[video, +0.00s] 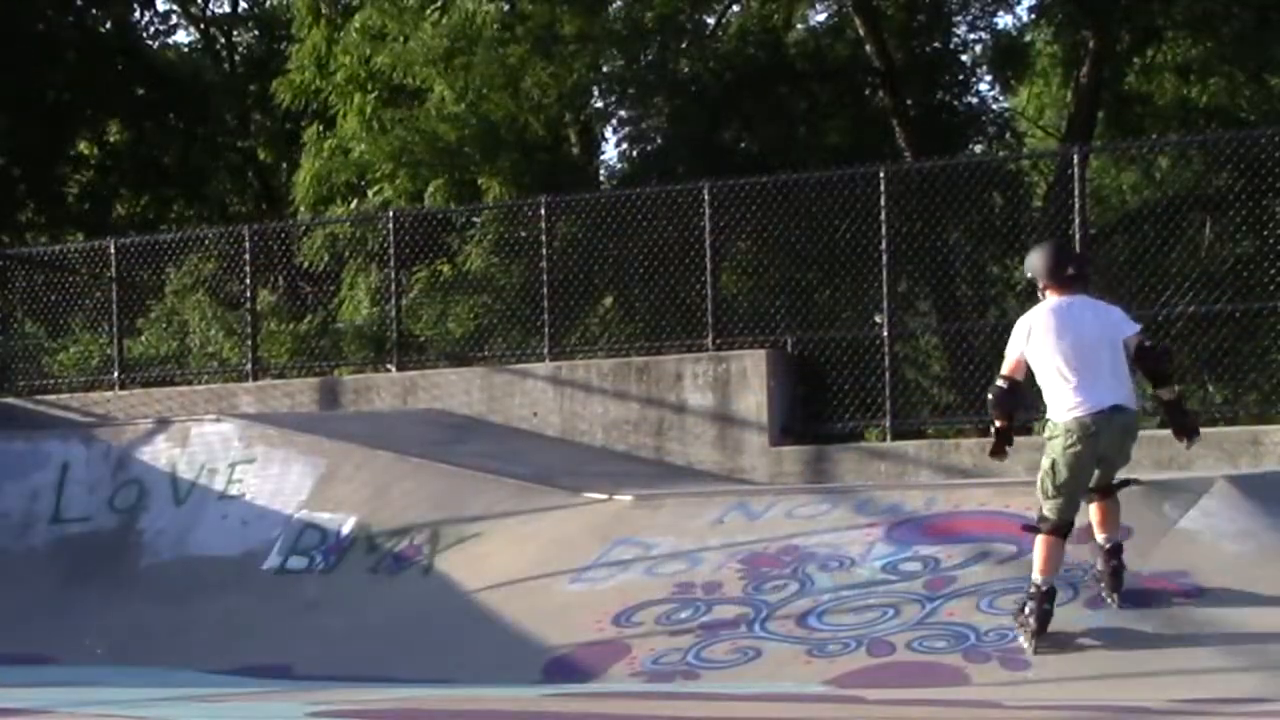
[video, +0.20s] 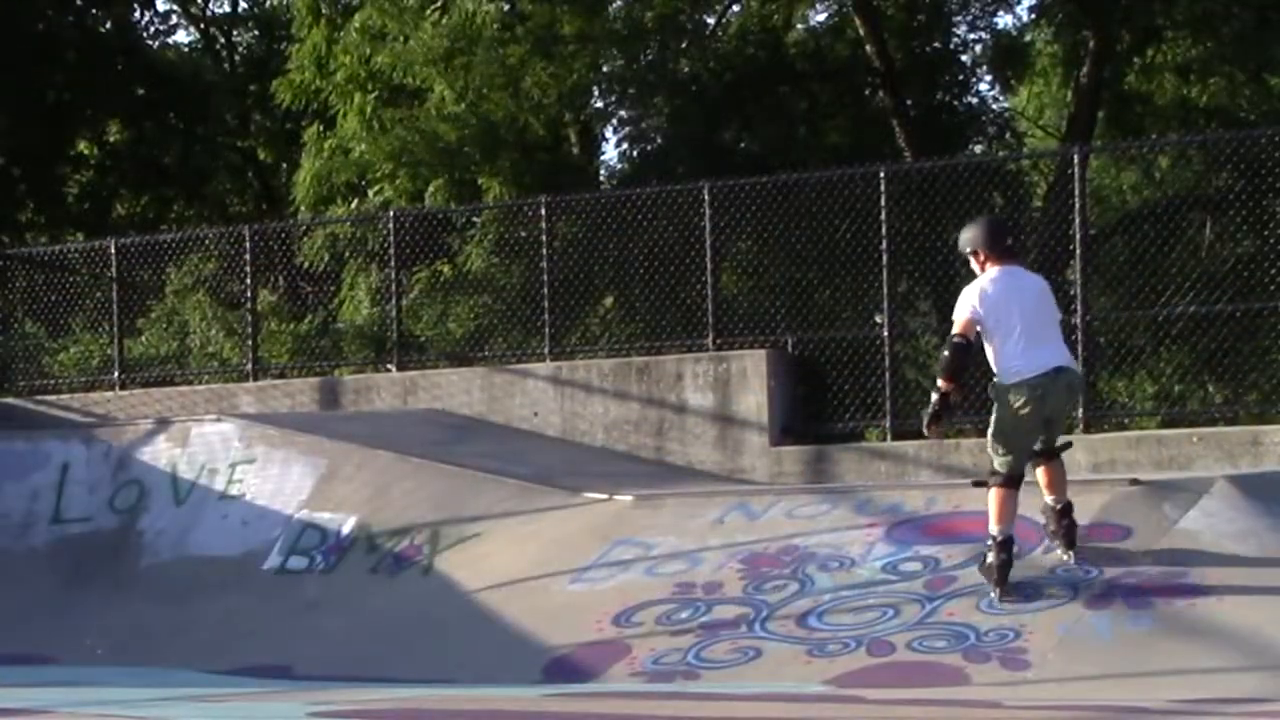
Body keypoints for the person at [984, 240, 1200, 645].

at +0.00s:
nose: (1034, 287)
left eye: (1034, 281)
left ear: (1040, 283)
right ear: (1081, 275)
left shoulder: (1031, 322)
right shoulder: (1110, 312)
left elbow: (1003, 391)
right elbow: (1153, 360)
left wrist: (1000, 432)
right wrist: (1176, 411)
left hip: (1072, 428)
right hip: (1123, 419)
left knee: (1054, 518)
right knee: (1103, 488)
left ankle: (1038, 606)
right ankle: (1113, 571)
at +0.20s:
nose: (970, 266)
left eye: (970, 259)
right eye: (969, 259)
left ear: (980, 257)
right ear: (1011, 250)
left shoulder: (977, 291)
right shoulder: (1039, 282)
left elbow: (957, 354)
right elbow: (1051, 332)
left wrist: (940, 397)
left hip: (1019, 387)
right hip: (1065, 376)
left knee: (1005, 471)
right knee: (1047, 450)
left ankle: (998, 555)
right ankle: (1062, 526)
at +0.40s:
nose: (894, 256)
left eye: (894, 249)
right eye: (892, 249)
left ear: (908, 244)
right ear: (927, 237)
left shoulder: (915, 275)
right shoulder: (954, 261)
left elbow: (931, 325)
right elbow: (962, 322)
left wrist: (928, 357)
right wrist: (919, 353)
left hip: (968, 365)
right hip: (1002, 352)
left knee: (953, 447)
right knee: (981, 429)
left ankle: (967, 533)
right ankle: (995, 498)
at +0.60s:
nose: (802, 259)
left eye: (804, 252)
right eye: (799, 253)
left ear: (826, 244)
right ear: (825, 246)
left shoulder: (853, 270)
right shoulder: (845, 270)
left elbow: (896, 311)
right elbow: (874, 318)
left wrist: (902, 367)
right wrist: (867, 359)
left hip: (915, 352)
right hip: (895, 353)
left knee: (896, 435)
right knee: (873, 423)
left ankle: (942, 504)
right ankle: (897, 495)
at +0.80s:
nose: (750, 274)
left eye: (754, 267)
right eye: (746, 268)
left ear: (776, 261)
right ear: (744, 265)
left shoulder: (813, 284)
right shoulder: (759, 287)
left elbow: (847, 338)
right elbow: (792, 325)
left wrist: (841, 384)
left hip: (839, 366)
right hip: (800, 369)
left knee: (853, 434)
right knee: (785, 433)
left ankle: (866, 492)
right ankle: (799, 507)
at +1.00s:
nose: (750, 293)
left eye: (757, 286)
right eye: (744, 285)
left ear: (769, 280)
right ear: (734, 278)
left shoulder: (780, 305)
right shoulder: (714, 303)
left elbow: (796, 351)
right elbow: (684, 338)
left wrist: (793, 392)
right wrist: (675, 381)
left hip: (759, 386)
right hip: (716, 389)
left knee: (777, 445)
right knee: (735, 458)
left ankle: (753, 500)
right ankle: (733, 538)